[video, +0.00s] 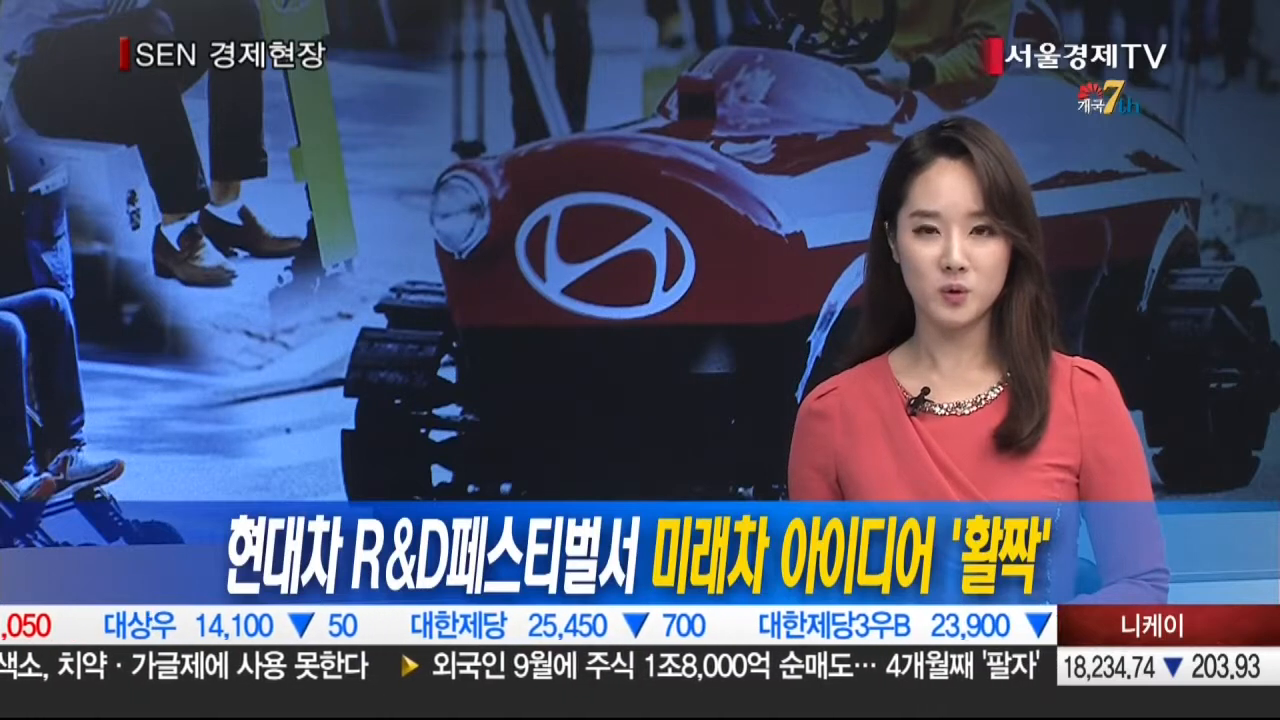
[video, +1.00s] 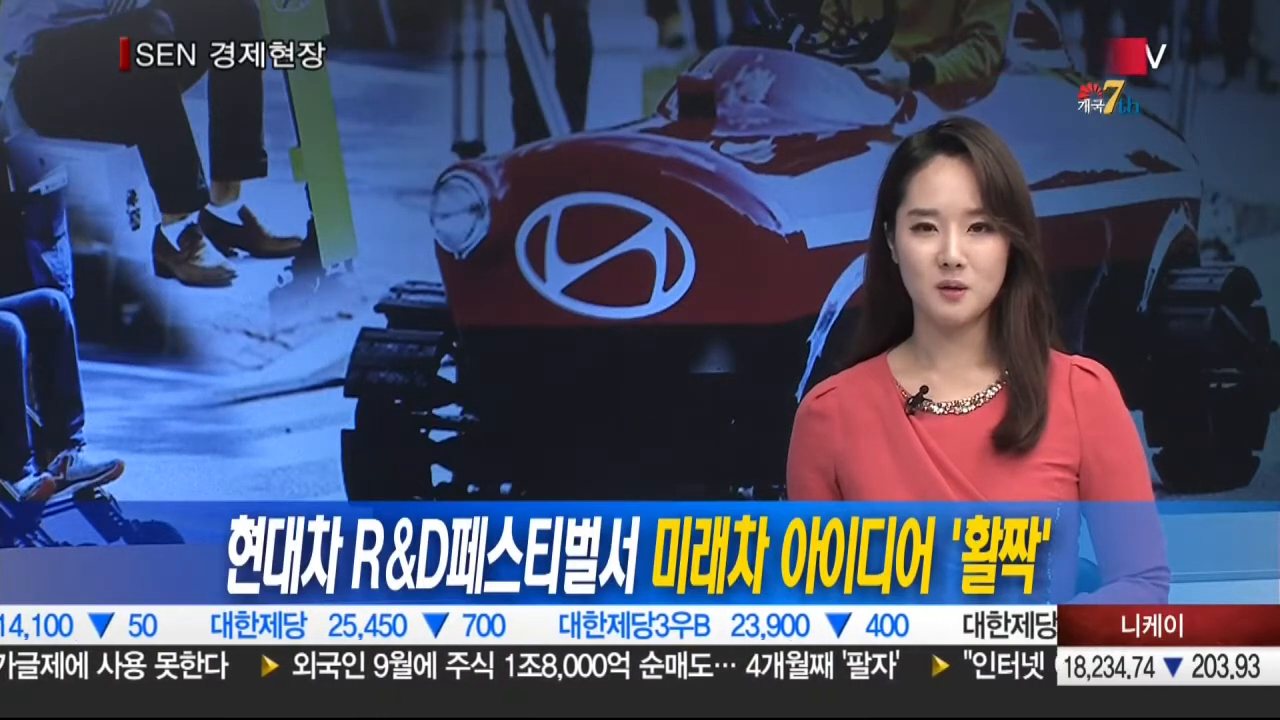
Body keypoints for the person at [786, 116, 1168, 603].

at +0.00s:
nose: (955, 259)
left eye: (982, 230)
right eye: (927, 230)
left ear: (1015, 245)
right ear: (893, 244)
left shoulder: (1084, 397)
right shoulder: (830, 415)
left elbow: (1142, 583)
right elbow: (811, 605)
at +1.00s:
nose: (952, 255)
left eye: (979, 228)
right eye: (925, 227)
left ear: (1014, 244)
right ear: (892, 243)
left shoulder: (1083, 396)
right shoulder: (829, 415)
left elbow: (1144, 581)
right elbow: (811, 604)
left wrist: (1033, 641)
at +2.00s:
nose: (952, 262)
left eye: (979, 232)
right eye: (924, 233)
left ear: (1013, 246)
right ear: (891, 245)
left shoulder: (1083, 396)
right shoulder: (830, 415)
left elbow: (1142, 582)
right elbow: (811, 605)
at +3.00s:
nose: (950, 263)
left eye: (977, 234)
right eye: (922, 234)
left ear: (1012, 248)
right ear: (889, 246)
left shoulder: (1083, 397)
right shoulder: (829, 417)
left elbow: (1142, 582)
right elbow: (812, 604)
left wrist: (1033, 640)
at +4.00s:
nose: (949, 257)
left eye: (976, 229)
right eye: (921, 230)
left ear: (1010, 245)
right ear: (887, 244)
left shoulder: (1081, 395)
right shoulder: (827, 416)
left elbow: (1143, 579)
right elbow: (808, 604)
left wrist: (1034, 637)